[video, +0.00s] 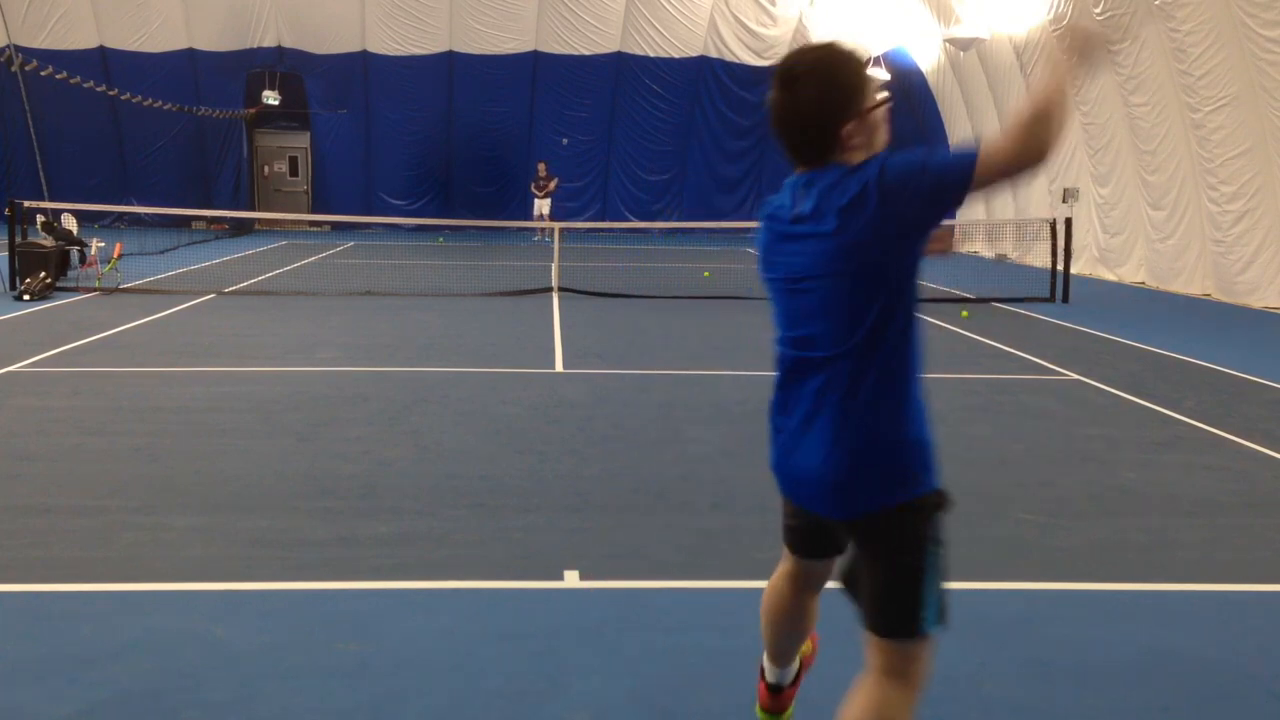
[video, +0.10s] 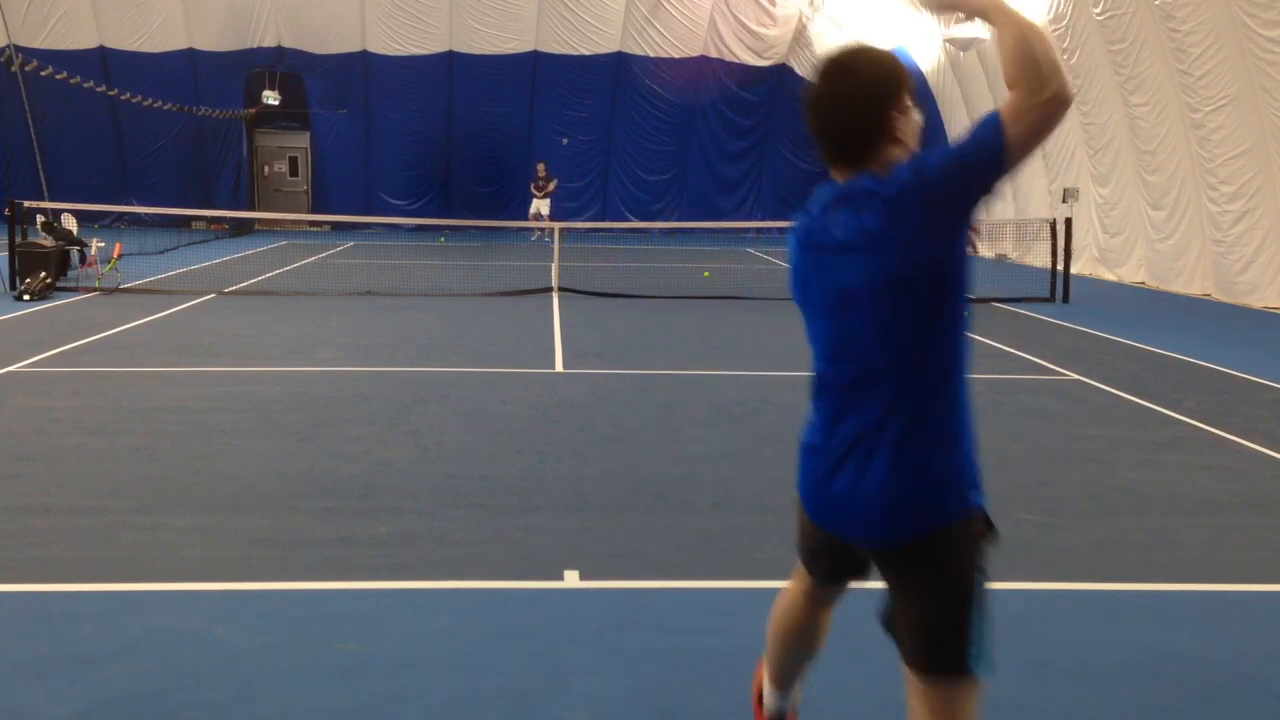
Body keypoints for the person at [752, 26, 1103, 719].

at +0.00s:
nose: (887, 108)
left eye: (881, 98)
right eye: (877, 103)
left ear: (801, 133)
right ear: (849, 131)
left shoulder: (780, 209)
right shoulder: (886, 189)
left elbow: (837, 260)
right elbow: (1024, 147)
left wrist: (910, 241)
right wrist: (1063, 59)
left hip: (799, 453)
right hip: (883, 463)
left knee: (800, 566)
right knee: (895, 668)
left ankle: (776, 683)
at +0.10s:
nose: (916, 112)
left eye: (911, 100)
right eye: (909, 102)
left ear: (825, 131)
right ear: (895, 120)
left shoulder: (811, 227)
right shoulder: (925, 194)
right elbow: (1043, 95)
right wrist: (992, 10)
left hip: (829, 478)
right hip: (924, 490)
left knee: (813, 587)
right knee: (942, 691)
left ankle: (772, 701)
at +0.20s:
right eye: (949, 172)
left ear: (856, 203)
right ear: (945, 191)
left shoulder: (835, 306)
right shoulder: (978, 267)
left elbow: (824, 368)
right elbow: (1058, 134)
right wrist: (945, 49)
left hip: (859, 561)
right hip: (962, 571)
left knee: (844, 640)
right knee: (981, 705)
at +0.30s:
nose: (887, 226)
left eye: (888, 216)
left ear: (884, 234)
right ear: (969, 236)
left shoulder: (845, 351)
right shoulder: (1001, 318)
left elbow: (800, 423)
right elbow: (1112, 204)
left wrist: (865, 378)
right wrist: (999, 129)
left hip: (879, 618)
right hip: (985, 621)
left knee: (890, 710)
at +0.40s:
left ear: (893, 223)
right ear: (991, 224)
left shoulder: (849, 337)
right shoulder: (1024, 306)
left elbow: (786, 432)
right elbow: (1165, 238)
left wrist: (860, 458)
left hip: (891, 627)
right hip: (1002, 627)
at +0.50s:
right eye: (998, 186)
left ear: (901, 205)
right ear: (998, 202)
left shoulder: (858, 316)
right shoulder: (1039, 295)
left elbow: (777, 432)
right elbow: (1202, 282)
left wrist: (823, 503)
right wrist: (1183, 152)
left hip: (893, 606)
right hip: (1010, 609)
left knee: (908, 709)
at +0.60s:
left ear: (911, 204)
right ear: (1008, 201)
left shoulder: (861, 315)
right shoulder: (1051, 303)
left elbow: (790, 451)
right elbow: (1205, 362)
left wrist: (785, 539)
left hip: (886, 611)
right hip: (1006, 617)